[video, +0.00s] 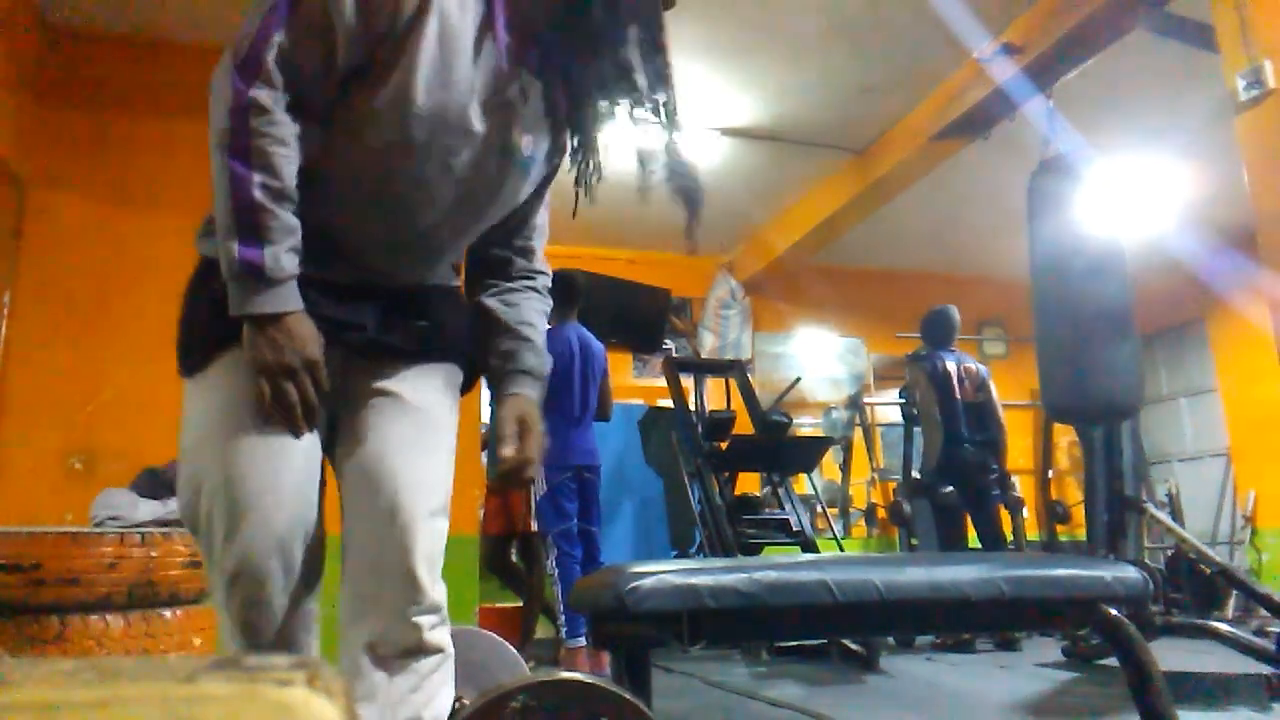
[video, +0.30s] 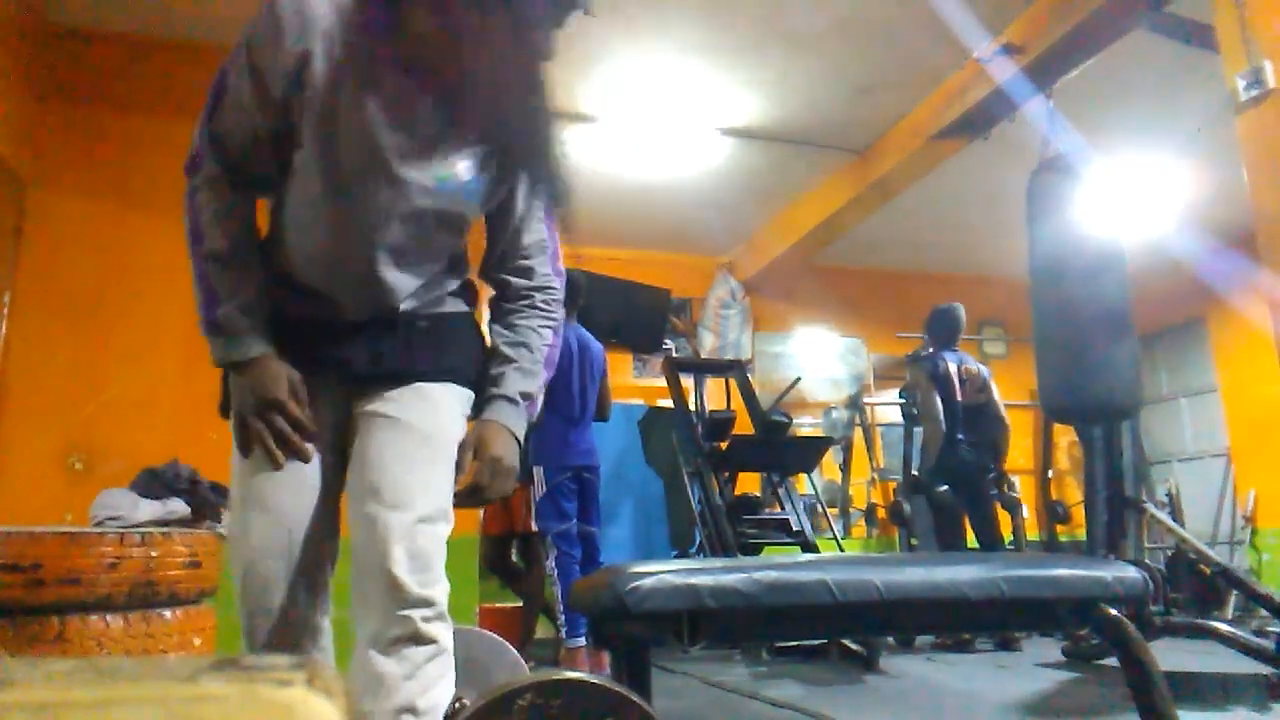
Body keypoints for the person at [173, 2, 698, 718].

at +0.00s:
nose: (599, 90)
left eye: (615, 77)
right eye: (599, 66)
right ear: (574, 12)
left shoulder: (543, 108)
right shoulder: (407, 8)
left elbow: (513, 259)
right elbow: (252, 86)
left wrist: (521, 383)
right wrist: (270, 302)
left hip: (410, 313)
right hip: (268, 289)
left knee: (407, 590)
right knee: (260, 568)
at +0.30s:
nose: (537, 62)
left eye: (545, 45)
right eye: (527, 39)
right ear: (458, 14)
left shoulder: (507, 99)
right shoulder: (301, 26)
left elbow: (531, 283)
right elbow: (218, 176)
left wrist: (507, 411)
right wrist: (243, 348)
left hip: (425, 329)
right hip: (293, 320)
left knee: (405, 581)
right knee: (267, 582)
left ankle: (406, 718)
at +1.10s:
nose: (384, 241)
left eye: (398, 218)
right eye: (366, 224)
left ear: (432, 197)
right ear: (344, 221)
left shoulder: (522, 258)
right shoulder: (362, 278)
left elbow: (627, 389)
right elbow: (369, 368)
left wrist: (667, 548)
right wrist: (389, 454)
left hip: (576, 416)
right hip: (483, 418)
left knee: (474, 529)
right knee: (396, 524)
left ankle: (466, 711)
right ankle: (399, 708)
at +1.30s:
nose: (448, 242)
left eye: (465, 218)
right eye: (431, 227)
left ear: (502, 213)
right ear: (417, 235)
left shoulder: (582, 280)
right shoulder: (450, 306)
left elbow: (668, 413)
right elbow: (442, 396)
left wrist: (675, 563)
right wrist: (434, 474)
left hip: (632, 464)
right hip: (534, 470)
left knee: (472, 537)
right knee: (411, 531)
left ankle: (449, 713)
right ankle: (404, 707)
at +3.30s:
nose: (448, 318)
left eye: (446, 298)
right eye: (438, 304)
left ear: (469, 273)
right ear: (490, 258)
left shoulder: (574, 293)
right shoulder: (531, 325)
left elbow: (616, 429)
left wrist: (531, 570)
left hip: (658, 506)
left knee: (423, 555)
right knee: (427, 557)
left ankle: (362, 710)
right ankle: (366, 705)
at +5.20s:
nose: (566, 264)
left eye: (571, 244)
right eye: (561, 248)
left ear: (602, 229)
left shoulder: (693, 289)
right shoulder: (603, 319)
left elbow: (729, 428)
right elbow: (601, 450)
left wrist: (650, 511)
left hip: (695, 503)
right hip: (627, 497)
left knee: (483, 534)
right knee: (443, 534)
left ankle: (534, 709)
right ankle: (485, 706)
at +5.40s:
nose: (459, 315)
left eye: (455, 295)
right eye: (449, 301)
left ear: (483, 276)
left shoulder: (592, 299)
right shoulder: (528, 333)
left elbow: (628, 437)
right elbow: (544, 457)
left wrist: (586, 558)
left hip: (701, 499)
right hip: (640, 495)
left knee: (491, 536)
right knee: (452, 539)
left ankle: (533, 708)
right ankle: (486, 706)